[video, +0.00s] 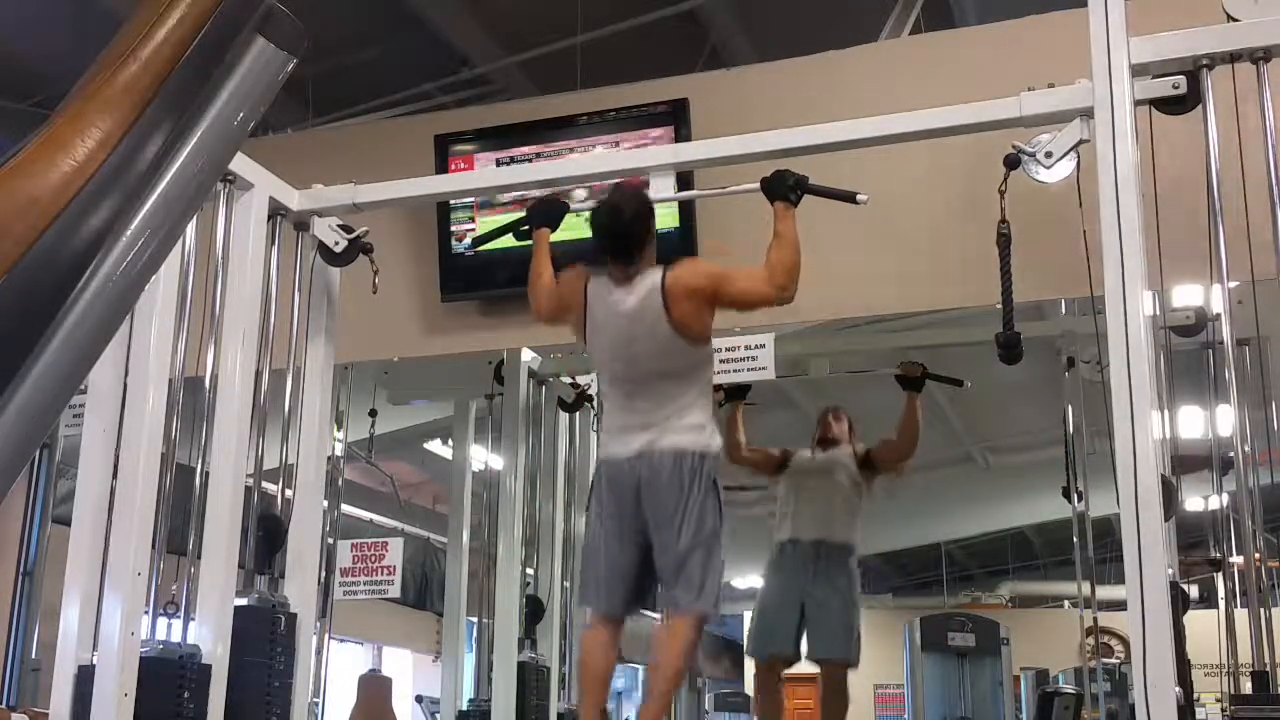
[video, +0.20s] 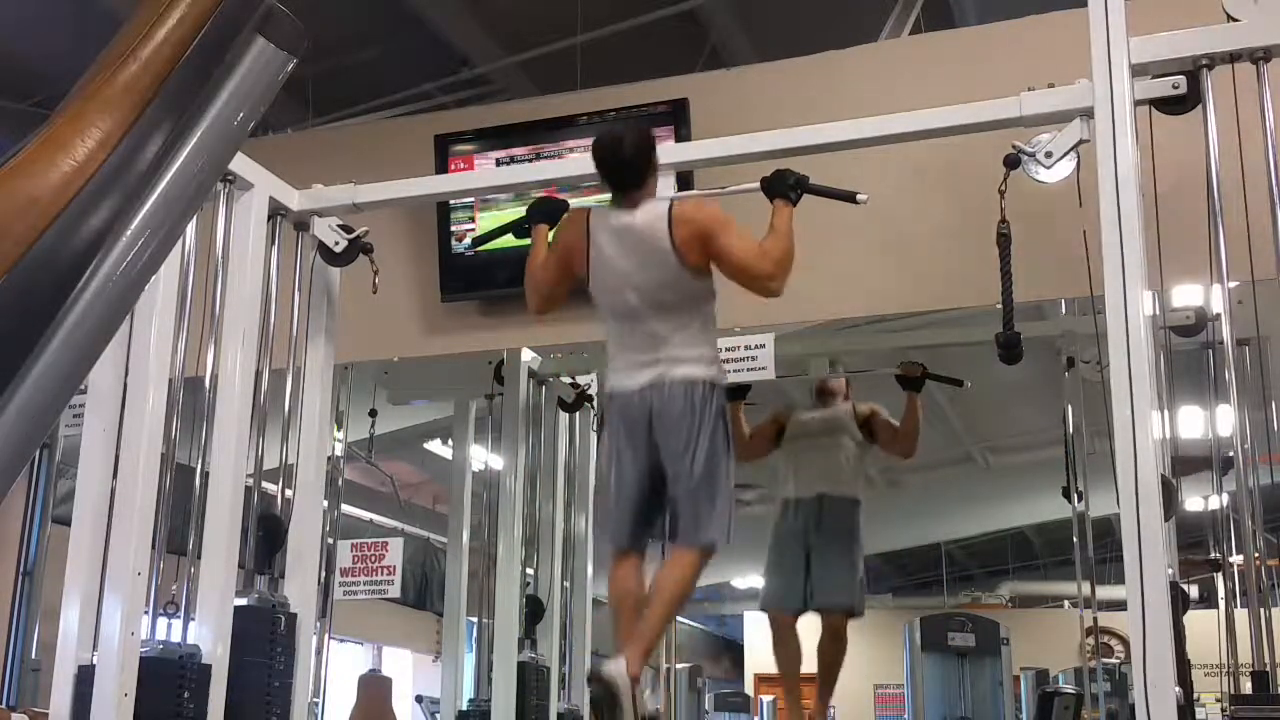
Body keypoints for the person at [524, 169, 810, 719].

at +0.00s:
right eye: (647, 222)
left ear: (599, 237)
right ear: (654, 230)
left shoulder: (584, 289)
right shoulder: (691, 281)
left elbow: (542, 301)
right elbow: (779, 285)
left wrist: (540, 234)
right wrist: (784, 206)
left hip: (614, 465)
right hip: (683, 462)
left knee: (603, 610)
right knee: (685, 604)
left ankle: (590, 716)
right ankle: (651, 715)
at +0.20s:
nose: (655, 160)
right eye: (653, 154)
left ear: (601, 176)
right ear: (655, 164)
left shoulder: (581, 230)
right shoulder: (694, 218)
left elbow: (540, 298)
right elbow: (771, 275)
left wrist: (541, 228)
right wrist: (784, 205)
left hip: (625, 398)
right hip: (690, 394)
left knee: (624, 544)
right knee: (693, 537)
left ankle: (631, 684)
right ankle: (626, 665)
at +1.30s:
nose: (652, 221)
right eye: (652, 213)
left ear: (602, 231)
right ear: (657, 223)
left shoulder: (584, 284)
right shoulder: (693, 272)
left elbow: (545, 301)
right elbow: (779, 287)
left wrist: (543, 236)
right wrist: (785, 209)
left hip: (623, 458)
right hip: (690, 452)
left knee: (632, 597)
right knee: (697, 594)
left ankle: (642, 715)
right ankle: (636, 714)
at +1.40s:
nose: (657, 188)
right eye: (656, 181)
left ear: (603, 199)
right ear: (658, 192)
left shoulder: (583, 252)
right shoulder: (695, 243)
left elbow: (543, 304)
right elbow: (779, 283)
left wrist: (542, 235)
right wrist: (784, 210)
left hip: (625, 423)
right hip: (691, 419)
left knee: (633, 562)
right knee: (699, 557)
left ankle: (650, 695)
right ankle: (638, 691)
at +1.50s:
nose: (666, 151)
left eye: (655, 146)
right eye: (663, 145)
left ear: (607, 173)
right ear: (662, 160)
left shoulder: (586, 230)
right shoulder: (699, 216)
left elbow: (543, 297)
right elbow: (773, 279)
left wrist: (540, 235)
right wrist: (784, 206)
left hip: (629, 398)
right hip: (693, 392)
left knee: (637, 538)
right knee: (702, 531)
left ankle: (659, 675)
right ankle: (641, 670)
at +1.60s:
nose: (669, 145)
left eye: (658, 140)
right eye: (667, 140)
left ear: (611, 166)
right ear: (665, 155)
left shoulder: (587, 223)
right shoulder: (700, 211)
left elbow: (544, 297)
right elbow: (771, 276)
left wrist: (540, 229)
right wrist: (784, 202)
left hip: (629, 389)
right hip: (694, 383)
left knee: (642, 531)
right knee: (704, 527)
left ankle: (661, 671)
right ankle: (644, 663)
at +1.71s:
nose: (668, 161)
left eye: (658, 153)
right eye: (665, 154)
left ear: (610, 178)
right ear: (662, 169)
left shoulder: (586, 237)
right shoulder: (698, 224)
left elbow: (542, 299)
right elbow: (778, 277)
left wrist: (541, 229)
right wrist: (785, 206)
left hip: (630, 404)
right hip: (695, 398)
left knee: (643, 548)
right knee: (708, 544)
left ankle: (664, 684)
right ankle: (648, 675)